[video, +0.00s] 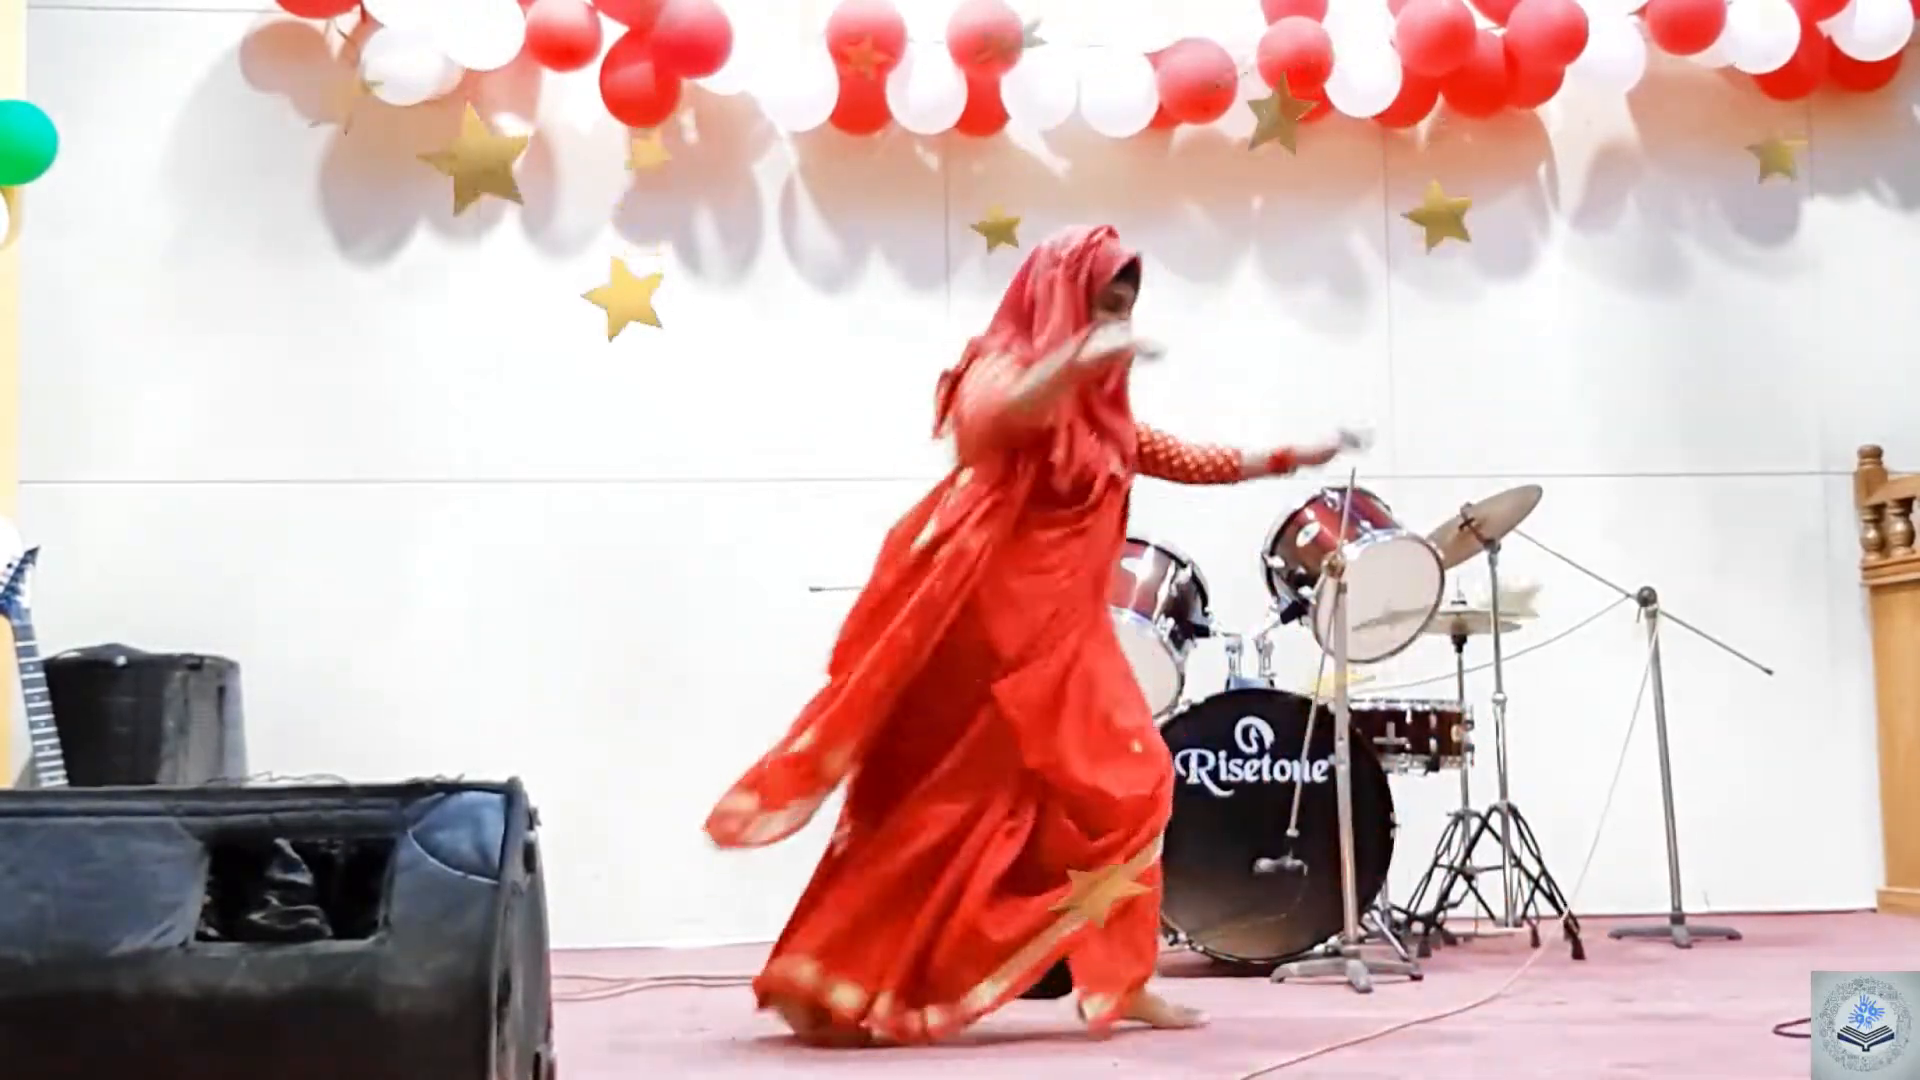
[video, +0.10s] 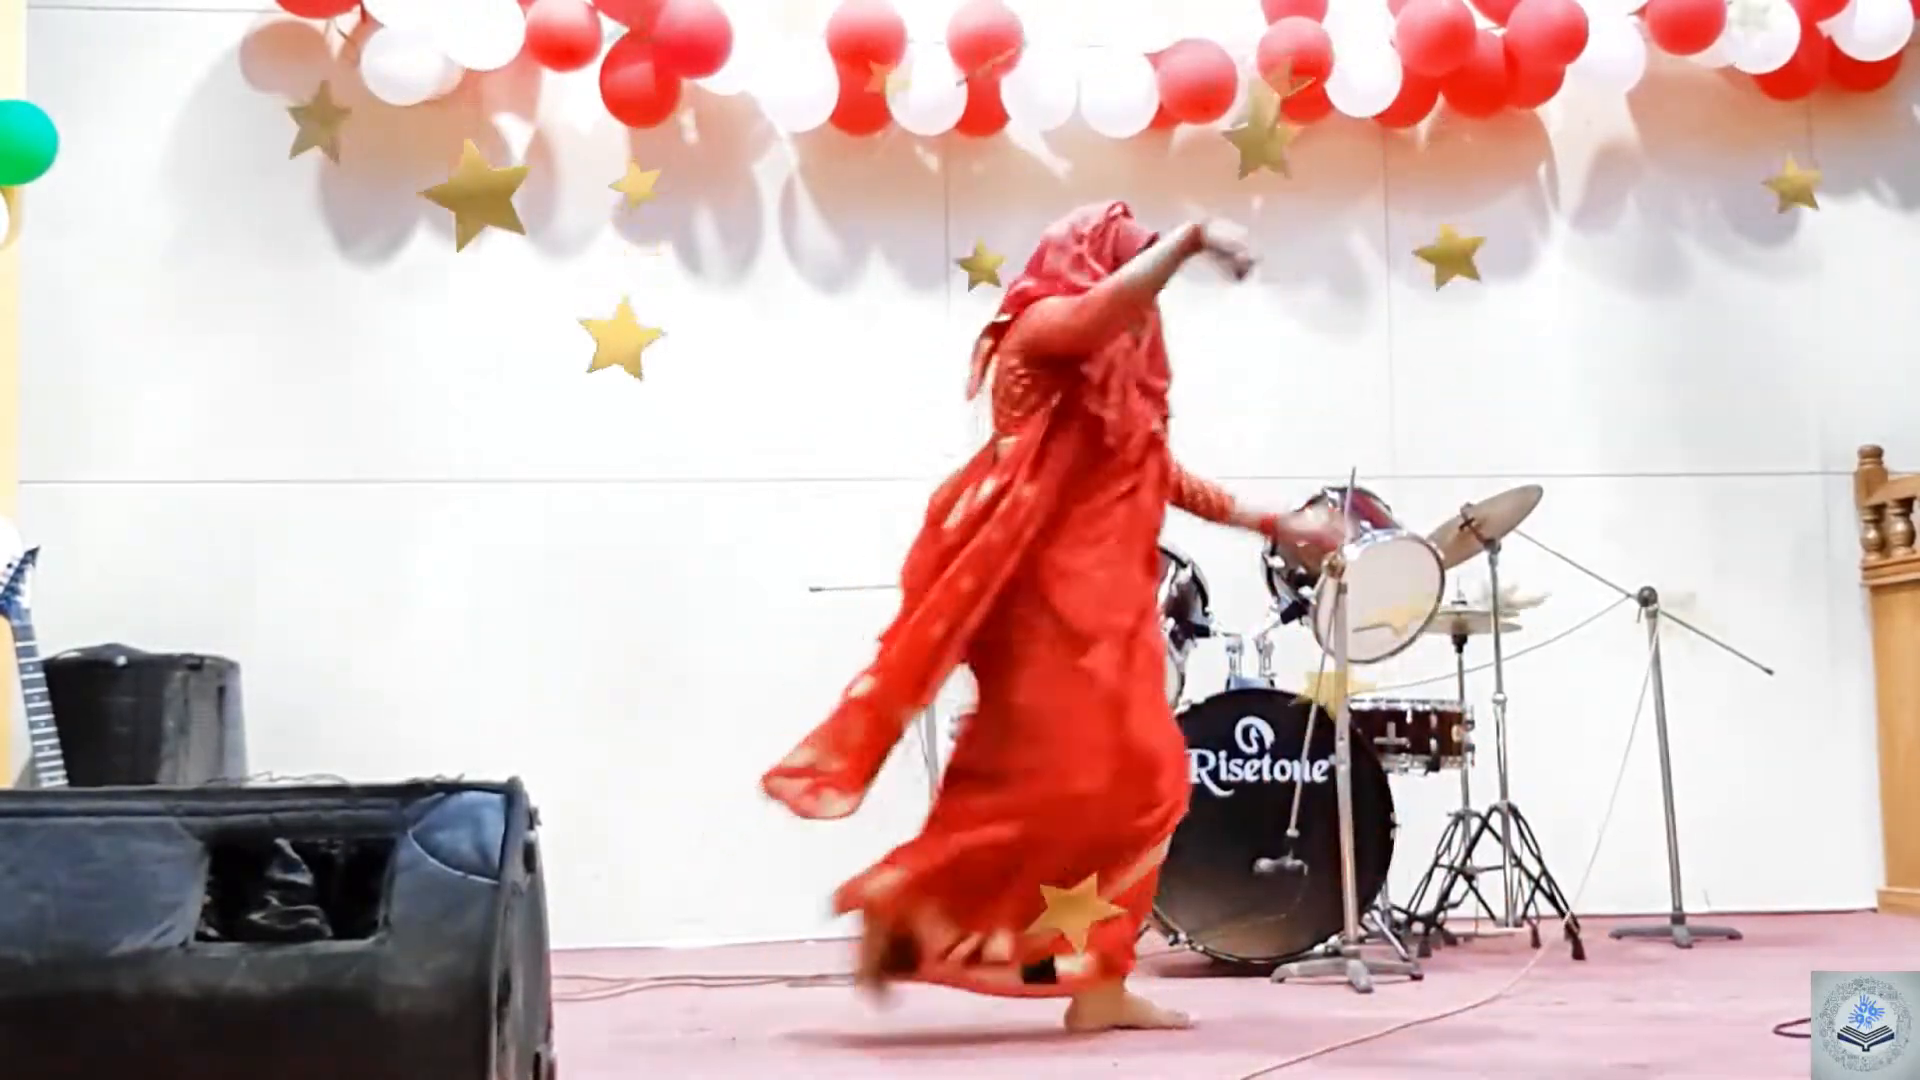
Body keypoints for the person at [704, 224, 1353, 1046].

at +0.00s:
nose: (1128, 306)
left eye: (1131, 289)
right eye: (1116, 288)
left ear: (1111, 307)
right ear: (1064, 292)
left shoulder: (1101, 411)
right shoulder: (998, 369)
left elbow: (1186, 459)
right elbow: (977, 433)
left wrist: (1288, 456)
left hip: (1068, 635)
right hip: (980, 631)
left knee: (1136, 783)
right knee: (929, 801)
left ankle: (1121, 980)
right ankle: (824, 980)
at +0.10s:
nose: (1147, 287)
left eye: (1151, 275)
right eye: (1136, 267)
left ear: (1090, 266)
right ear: (1094, 266)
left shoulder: (1125, 364)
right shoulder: (1035, 328)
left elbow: (1166, 478)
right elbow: (1099, 314)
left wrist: (1272, 522)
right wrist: (1186, 240)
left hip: (1113, 612)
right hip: (1041, 609)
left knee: (1151, 786)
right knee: (1066, 788)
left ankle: (1104, 985)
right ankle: (895, 907)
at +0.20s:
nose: (1172, 282)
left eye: (1170, 272)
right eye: (1160, 271)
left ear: (1108, 279)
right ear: (1119, 275)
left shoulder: (1150, 367)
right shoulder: (1078, 333)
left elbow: (1178, 512)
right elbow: (1181, 289)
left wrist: (1274, 589)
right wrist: (1261, 215)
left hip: (1133, 609)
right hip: (1097, 604)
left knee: (1146, 776)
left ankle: (1100, 980)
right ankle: (1014, 873)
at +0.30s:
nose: (1191, 288)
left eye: (1189, 275)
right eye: (1181, 275)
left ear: (1115, 276)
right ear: (1144, 274)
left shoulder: (1121, 360)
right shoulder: (1128, 335)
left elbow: (1195, 502)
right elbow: (1236, 303)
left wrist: (1286, 560)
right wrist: (1322, 236)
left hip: (1121, 614)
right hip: (1181, 604)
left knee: (1146, 802)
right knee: (1348, 732)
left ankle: (1101, 985)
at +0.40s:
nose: (1233, 271)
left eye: (1228, 257)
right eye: (1221, 256)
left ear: (1154, 259)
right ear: (1187, 255)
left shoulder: (1138, 344)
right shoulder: (1192, 321)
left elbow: (1225, 457)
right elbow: (1301, 324)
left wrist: (1332, 472)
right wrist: (1386, 289)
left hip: (1166, 573)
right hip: (1232, 571)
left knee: (1171, 773)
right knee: (1367, 736)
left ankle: (1117, 972)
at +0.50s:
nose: (1277, 282)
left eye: (1273, 268)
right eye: (1267, 269)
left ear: (1178, 280)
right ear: (1240, 277)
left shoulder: (1149, 374)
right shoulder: (1250, 351)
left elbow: (1284, 399)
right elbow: (1342, 394)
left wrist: (1371, 371)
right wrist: (1429, 389)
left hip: (1222, 584)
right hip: (1314, 575)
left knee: (1228, 755)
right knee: (1399, 754)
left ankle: (1161, 928)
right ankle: (1426, 966)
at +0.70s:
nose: (1357, 311)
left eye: (1352, 298)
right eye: (1347, 299)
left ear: (1257, 310)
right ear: (1327, 310)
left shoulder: (1217, 400)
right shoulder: (1357, 390)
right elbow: (1448, 448)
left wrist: (1404, 400)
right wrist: (1518, 463)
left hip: (1276, 624)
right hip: (1368, 614)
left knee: (1318, 799)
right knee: (1418, 785)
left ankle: (1261, 928)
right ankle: (1430, 975)